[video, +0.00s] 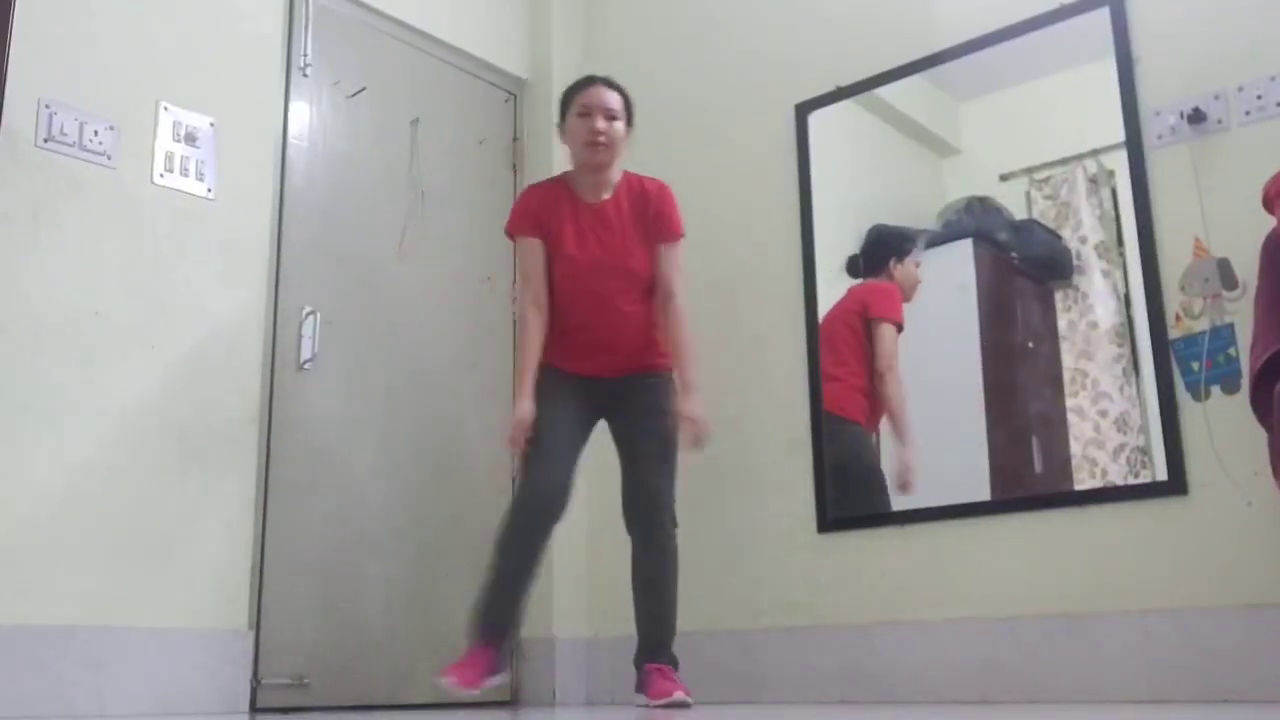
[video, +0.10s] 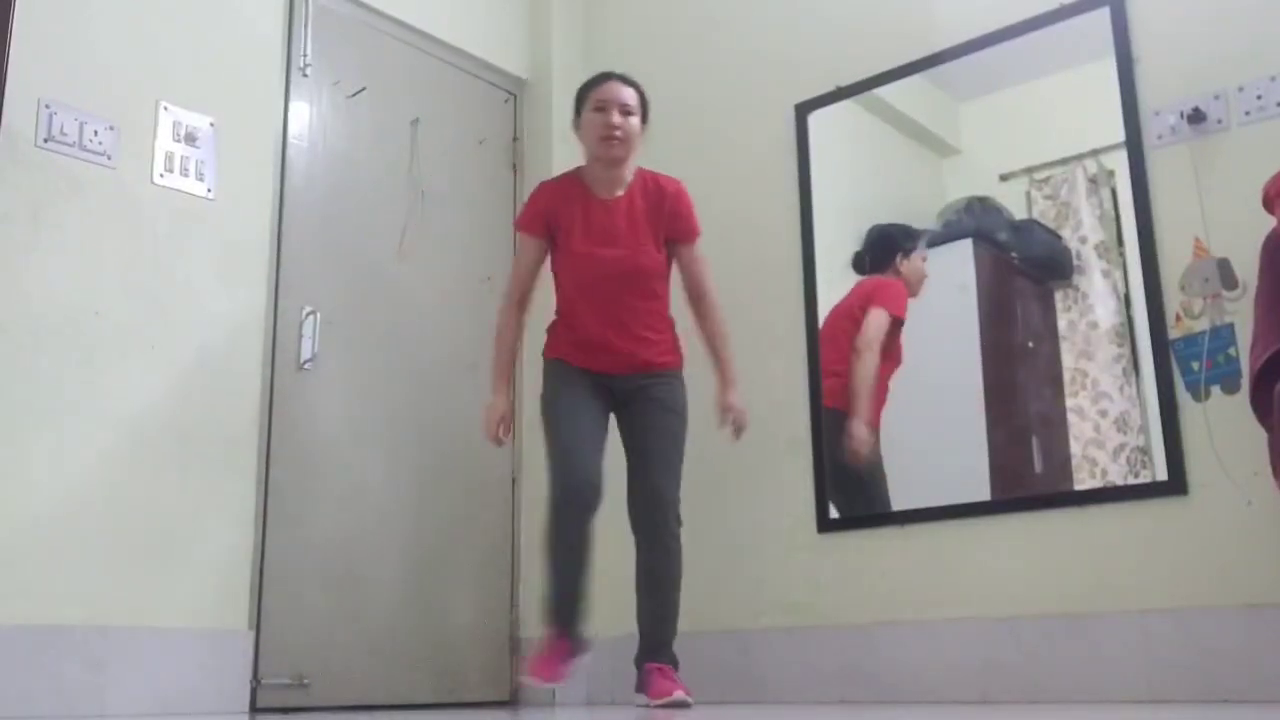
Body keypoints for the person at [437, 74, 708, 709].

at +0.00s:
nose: (600, 125)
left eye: (611, 116)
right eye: (587, 115)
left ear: (629, 133)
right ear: (563, 131)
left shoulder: (653, 200)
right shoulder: (538, 205)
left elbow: (670, 298)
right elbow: (533, 307)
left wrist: (688, 390)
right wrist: (524, 396)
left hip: (643, 378)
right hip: (564, 378)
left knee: (653, 514)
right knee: (539, 498)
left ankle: (658, 664)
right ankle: (488, 646)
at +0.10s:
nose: (614, 121)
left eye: (626, 112)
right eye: (601, 110)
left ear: (642, 128)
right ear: (578, 125)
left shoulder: (666, 197)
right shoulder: (551, 199)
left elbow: (701, 294)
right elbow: (516, 299)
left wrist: (729, 384)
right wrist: (500, 389)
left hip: (653, 372)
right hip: (574, 368)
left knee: (657, 512)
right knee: (575, 490)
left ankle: (658, 663)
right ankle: (562, 633)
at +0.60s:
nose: (597, 131)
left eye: (609, 120)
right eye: (585, 122)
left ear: (634, 132)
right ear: (571, 135)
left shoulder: (664, 203)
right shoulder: (551, 208)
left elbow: (693, 294)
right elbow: (536, 301)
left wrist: (674, 355)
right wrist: (545, 352)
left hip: (654, 376)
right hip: (581, 377)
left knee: (652, 513)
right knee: (548, 488)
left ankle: (657, 664)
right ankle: (574, 593)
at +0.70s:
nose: (572, 131)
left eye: (586, 119)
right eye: (562, 122)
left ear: (619, 127)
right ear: (554, 133)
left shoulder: (654, 194)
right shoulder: (542, 200)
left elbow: (667, 284)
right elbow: (534, 287)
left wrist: (606, 284)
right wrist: (565, 275)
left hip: (643, 372)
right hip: (566, 371)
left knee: (645, 510)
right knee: (513, 494)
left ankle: (656, 665)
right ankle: (509, 630)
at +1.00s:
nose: (485, 149)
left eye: (497, 136)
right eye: (479, 138)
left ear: (540, 136)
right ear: (479, 143)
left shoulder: (583, 201)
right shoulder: (472, 200)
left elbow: (584, 287)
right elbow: (468, 275)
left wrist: (534, 287)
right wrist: (497, 275)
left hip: (567, 381)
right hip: (486, 380)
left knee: (599, 514)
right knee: (462, 513)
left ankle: (648, 663)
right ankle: (430, 671)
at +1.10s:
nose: (460, 158)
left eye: (472, 146)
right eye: (455, 147)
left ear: (513, 144)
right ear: (454, 150)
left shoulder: (560, 211)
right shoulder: (449, 205)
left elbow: (565, 301)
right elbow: (437, 286)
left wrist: (547, 372)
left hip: (538, 378)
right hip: (463, 377)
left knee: (567, 514)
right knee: (444, 519)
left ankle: (627, 657)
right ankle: (428, 672)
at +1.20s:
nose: (444, 163)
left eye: (455, 151)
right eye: (439, 151)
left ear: (497, 149)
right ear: (442, 153)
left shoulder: (546, 216)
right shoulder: (433, 212)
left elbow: (559, 317)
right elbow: (405, 311)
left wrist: (576, 409)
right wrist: (387, 401)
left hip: (523, 381)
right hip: (444, 381)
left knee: (526, 500)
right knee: (439, 516)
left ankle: (560, 640)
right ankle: (427, 673)